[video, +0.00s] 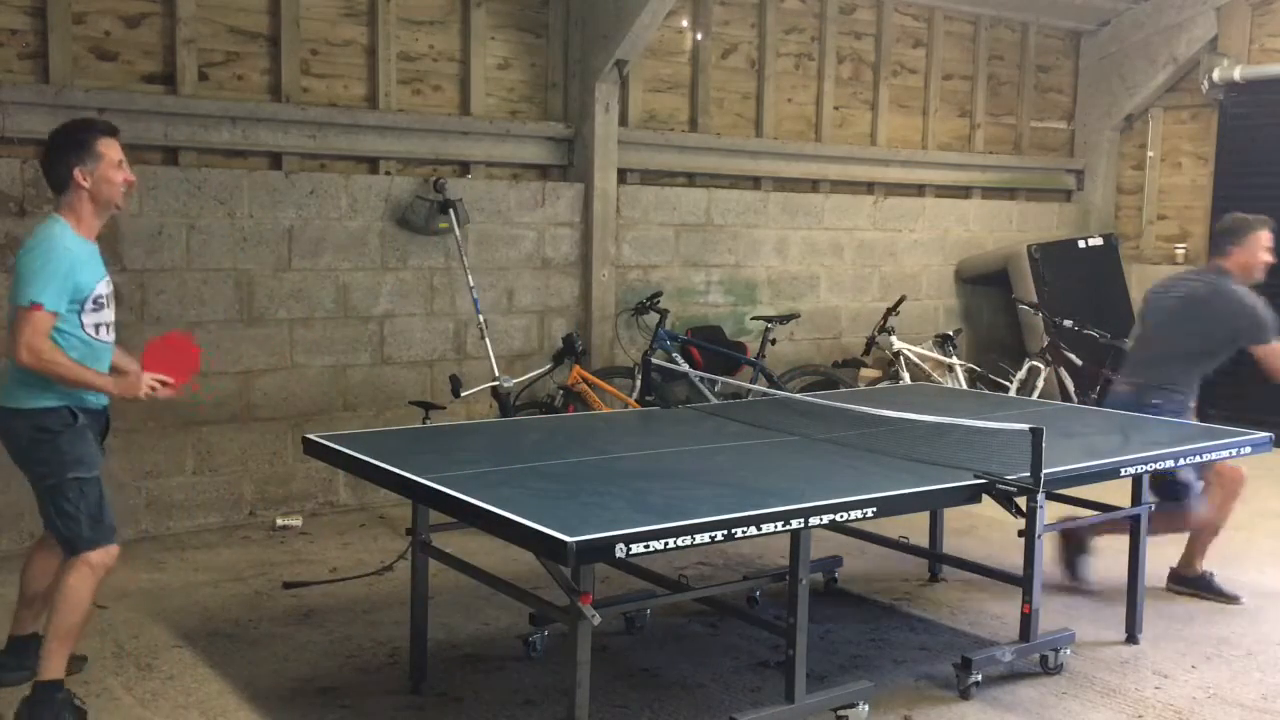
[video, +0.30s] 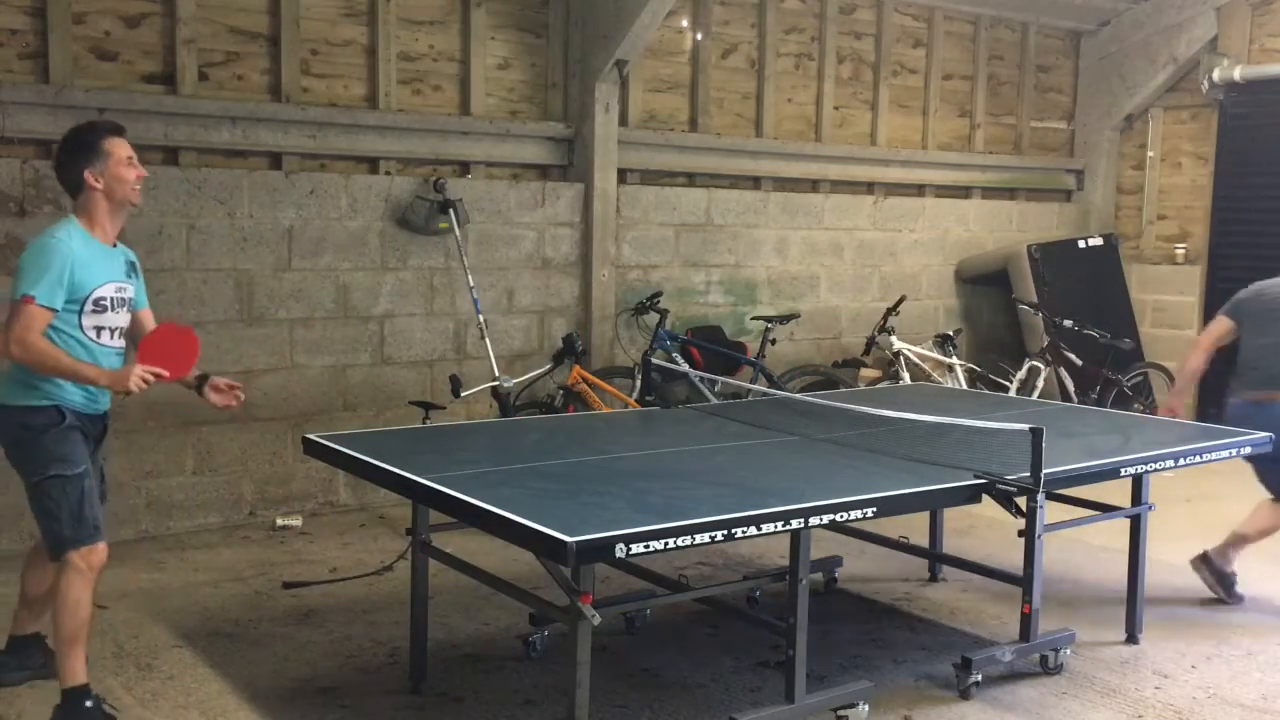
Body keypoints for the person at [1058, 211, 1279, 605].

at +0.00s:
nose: (1270, 259)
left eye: (1270, 250)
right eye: (1264, 249)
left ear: (1222, 252)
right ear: (1234, 251)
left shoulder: (1168, 285)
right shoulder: (1243, 304)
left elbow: (1146, 348)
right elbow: (1274, 367)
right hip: (1163, 419)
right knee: (1187, 513)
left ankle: (1189, 569)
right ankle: (1082, 530)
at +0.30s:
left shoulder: (1255, 294)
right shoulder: (1259, 293)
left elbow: (1202, 346)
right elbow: (1202, 346)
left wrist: (1176, 399)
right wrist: (1177, 400)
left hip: (1245, 409)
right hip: (1270, 409)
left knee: (1277, 497)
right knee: (1277, 498)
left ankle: (1222, 556)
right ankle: (1221, 556)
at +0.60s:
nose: (1274, 231)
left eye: (1278, 222)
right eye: (1273, 222)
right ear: (1269, 222)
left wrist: (1267, 397)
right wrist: (1268, 391)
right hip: (1278, 415)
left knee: (1263, 478)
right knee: (1261, 477)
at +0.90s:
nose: (1241, 218)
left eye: (1252, 209)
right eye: (1235, 210)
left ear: (1275, 211)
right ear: (1230, 215)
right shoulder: (1245, 264)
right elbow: (1238, 324)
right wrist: (1197, 372)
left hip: (1277, 390)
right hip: (1276, 388)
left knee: (1263, 467)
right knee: (1262, 468)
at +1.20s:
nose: (1222, 205)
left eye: (1232, 196)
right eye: (1216, 197)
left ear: (1257, 200)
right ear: (1210, 202)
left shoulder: (1273, 244)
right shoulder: (1204, 254)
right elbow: (1194, 318)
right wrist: (1174, 370)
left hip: (1268, 376)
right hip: (1225, 375)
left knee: (1255, 472)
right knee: (1199, 455)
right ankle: (1209, 536)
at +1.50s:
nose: (1200, 190)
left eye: (1211, 183)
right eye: (1195, 183)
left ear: (1235, 190)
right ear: (1190, 190)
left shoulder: (1265, 241)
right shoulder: (1180, 246)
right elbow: (1167, 304)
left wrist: (1269, 351)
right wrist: (1151, 357)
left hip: (1248, 367)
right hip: (1198, 366)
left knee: (1238, 455)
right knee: (1187, 453)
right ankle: (1207, 537)